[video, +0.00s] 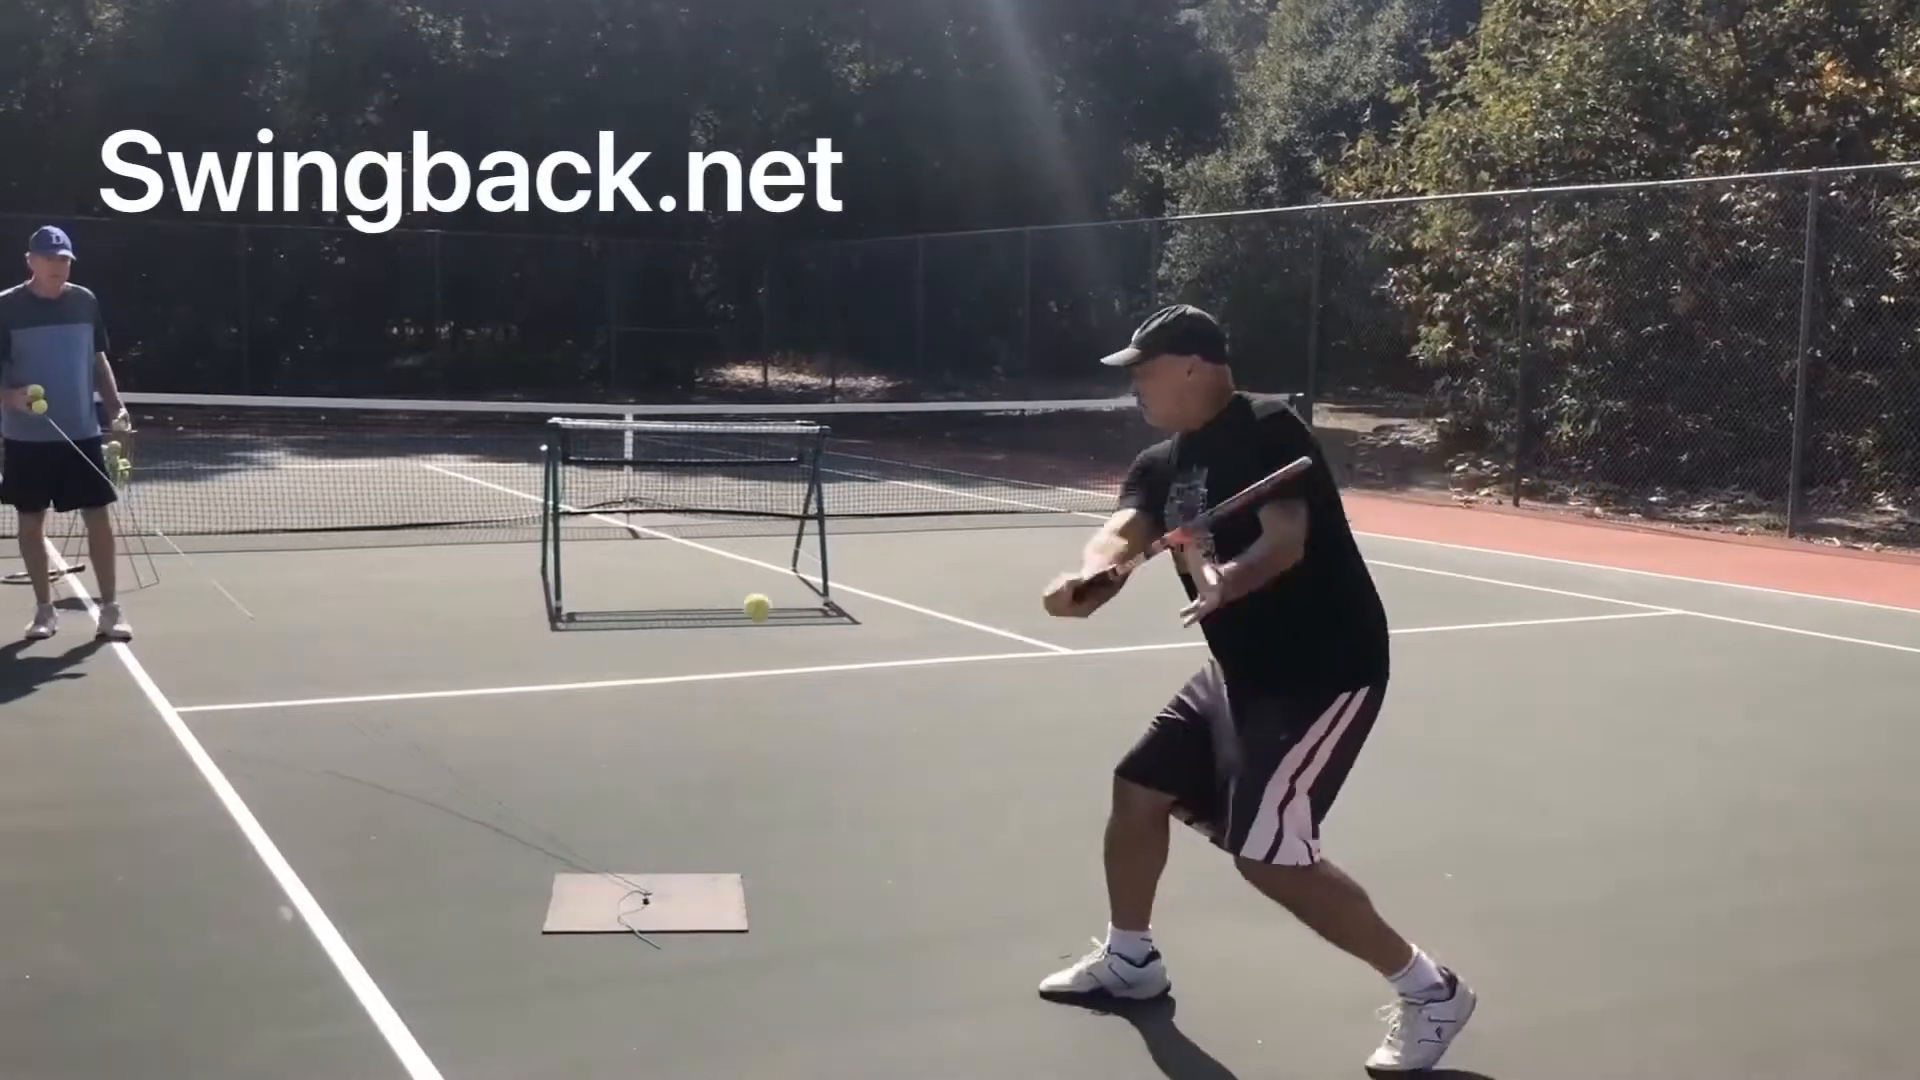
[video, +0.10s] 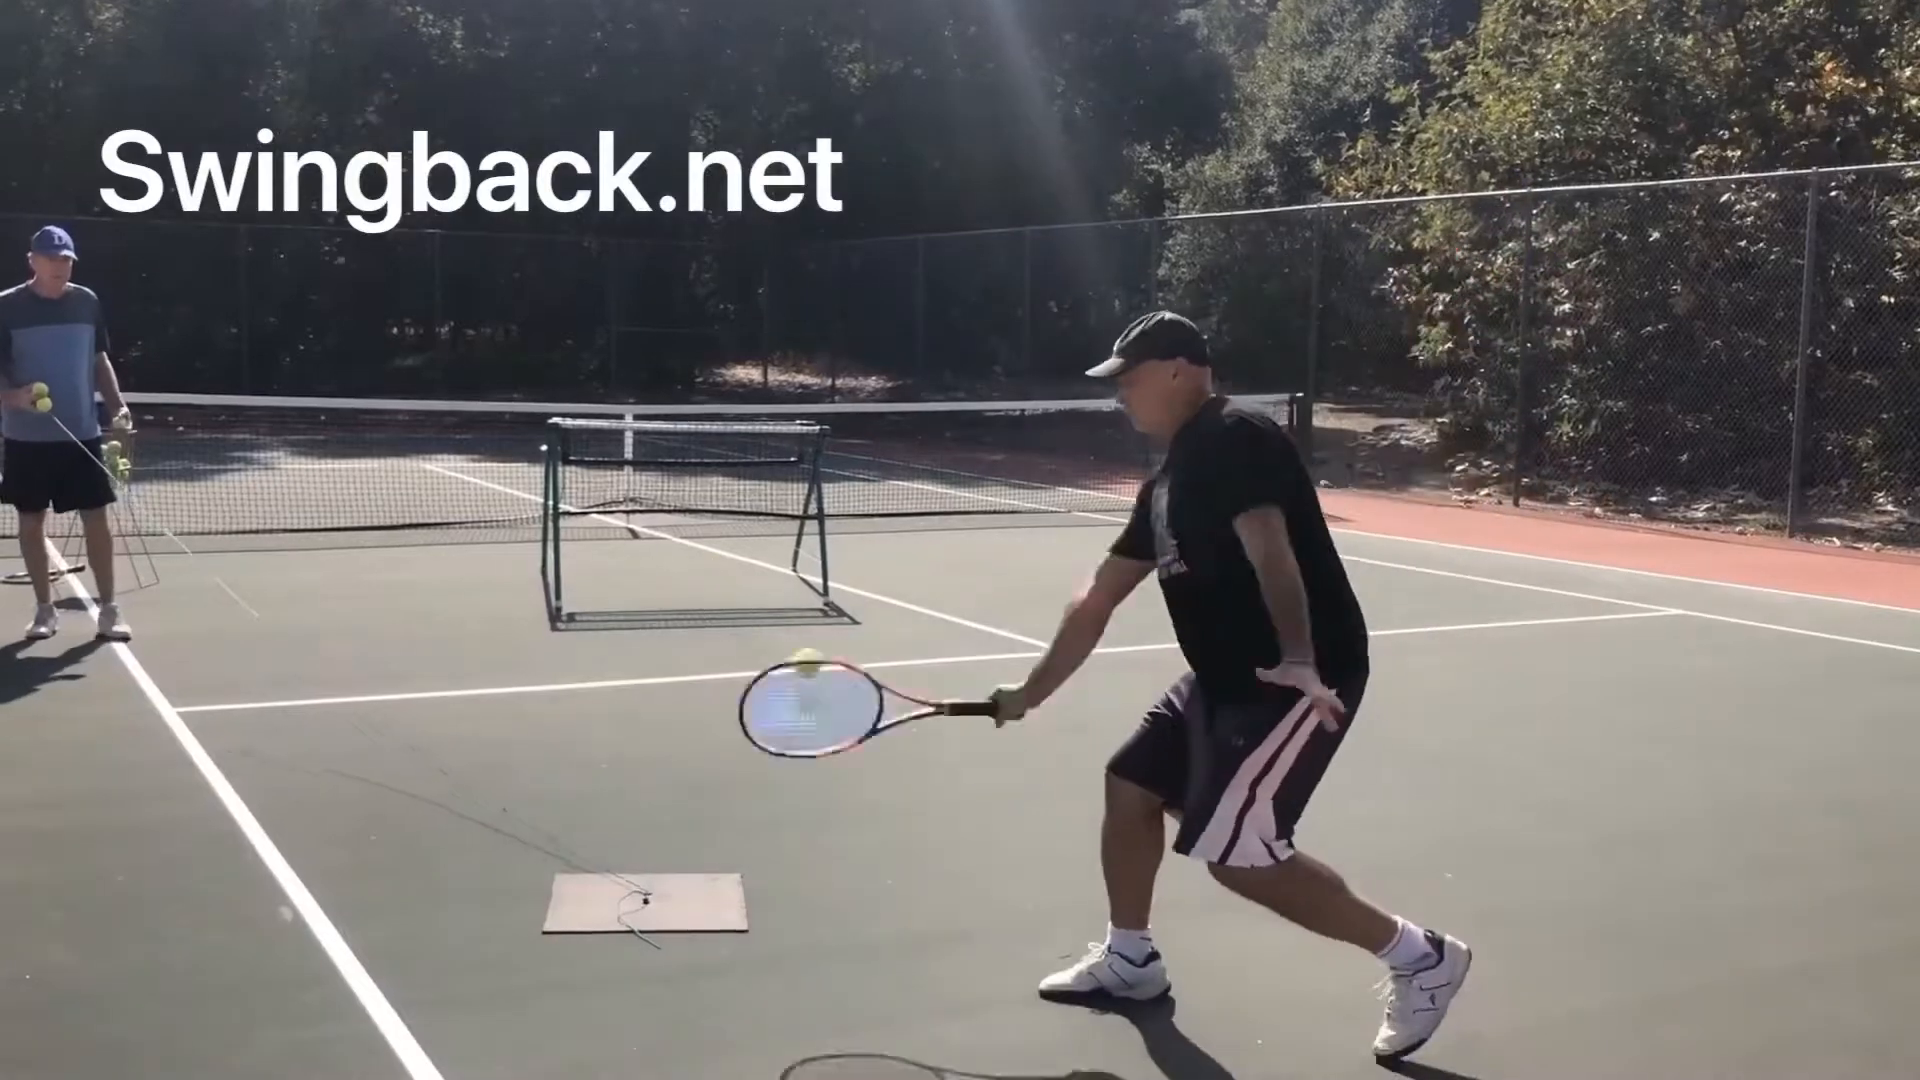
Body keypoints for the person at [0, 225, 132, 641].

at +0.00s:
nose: (59, 267)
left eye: (65, 259)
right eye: (51, 259)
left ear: (71, 262)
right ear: (31, 261)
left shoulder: (85, 301)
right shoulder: (7, 305)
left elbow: (98, 359)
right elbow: (2, 371)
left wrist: (117, 409)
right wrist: (10, 396)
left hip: (81, 435)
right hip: (26, 438)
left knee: (98, 517)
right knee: (30, 523)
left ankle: (109, 609)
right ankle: (44, 610)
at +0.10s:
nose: (61, 267)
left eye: (66, 259)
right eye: (53, 259)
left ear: (73, 262)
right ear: (32, 260)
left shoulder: (87, 302)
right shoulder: (7, 305)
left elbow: (99, 359)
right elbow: (2, 374)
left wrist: (118, 408)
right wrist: (12, 396)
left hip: (81, 437)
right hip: (26, 439)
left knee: (96, 518)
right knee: (31, 523)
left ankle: (108, 609)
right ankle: (44, 609)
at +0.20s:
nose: (65, 267)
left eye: (70, 259)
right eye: (56, 259)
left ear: (77, 261)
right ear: (37, 260)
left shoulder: (91, 302)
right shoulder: (9, 305)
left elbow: (102, 360)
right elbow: (3, 368)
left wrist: (121, 412)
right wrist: (16, 394)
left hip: (83, 437)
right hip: (27, 439)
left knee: (96, 519)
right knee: (32, 524)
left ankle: (108, 609)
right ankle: (45, 609)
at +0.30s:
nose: (70, 266)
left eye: (76, 259)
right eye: (62, 258)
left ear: (82, 262)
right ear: (43, 260)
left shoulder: (95, 303)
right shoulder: (13, 305)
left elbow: (105, 362)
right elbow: (2, 367)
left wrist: (122, 415)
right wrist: (20, 393)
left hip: (85, 437)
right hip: (30, 439)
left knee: (98, 520)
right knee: (33, 524)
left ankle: (108, 609)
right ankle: (45, 610)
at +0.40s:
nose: (77, 270)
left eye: (82, 262)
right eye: (68, 261)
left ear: (89, 265)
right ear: (49, 261)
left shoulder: (100, 304)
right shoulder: (18, 305)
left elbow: (107, 363)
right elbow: (4, 366)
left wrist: (121, 418)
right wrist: (23, 391)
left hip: (88, 437)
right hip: (33, 438)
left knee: (99, 519)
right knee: (35, 523)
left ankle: (108, 609)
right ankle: (45, 610)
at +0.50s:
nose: (82, 270)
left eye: (88, 262)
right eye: (74, 261)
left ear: (96, 265)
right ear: (55, 261)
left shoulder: (105, 306)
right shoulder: (24, 304)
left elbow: (111, 365)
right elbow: (6, 364)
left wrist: (121, 422)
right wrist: (27, 392)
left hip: (91, 437)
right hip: (36, 437)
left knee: (101, 519)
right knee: (37, 521)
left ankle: (109, 609)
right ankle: (45, 609)